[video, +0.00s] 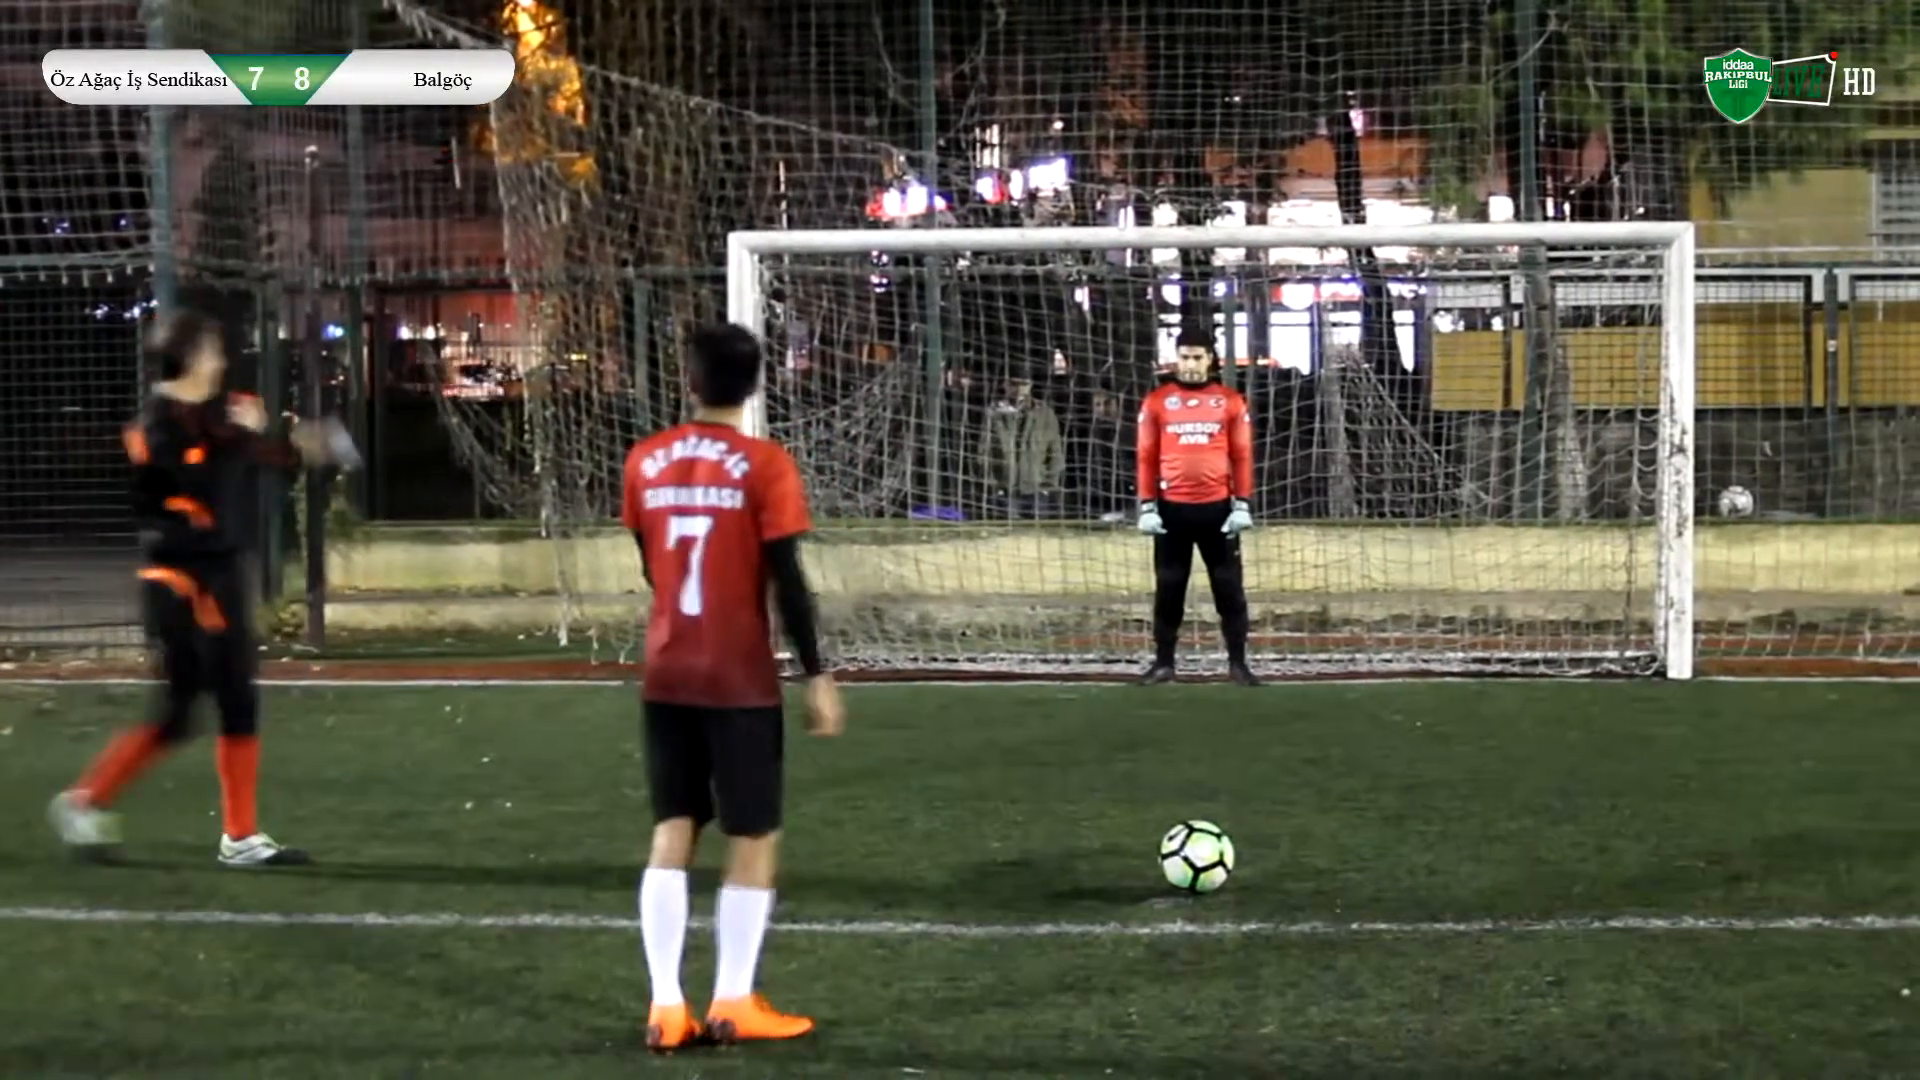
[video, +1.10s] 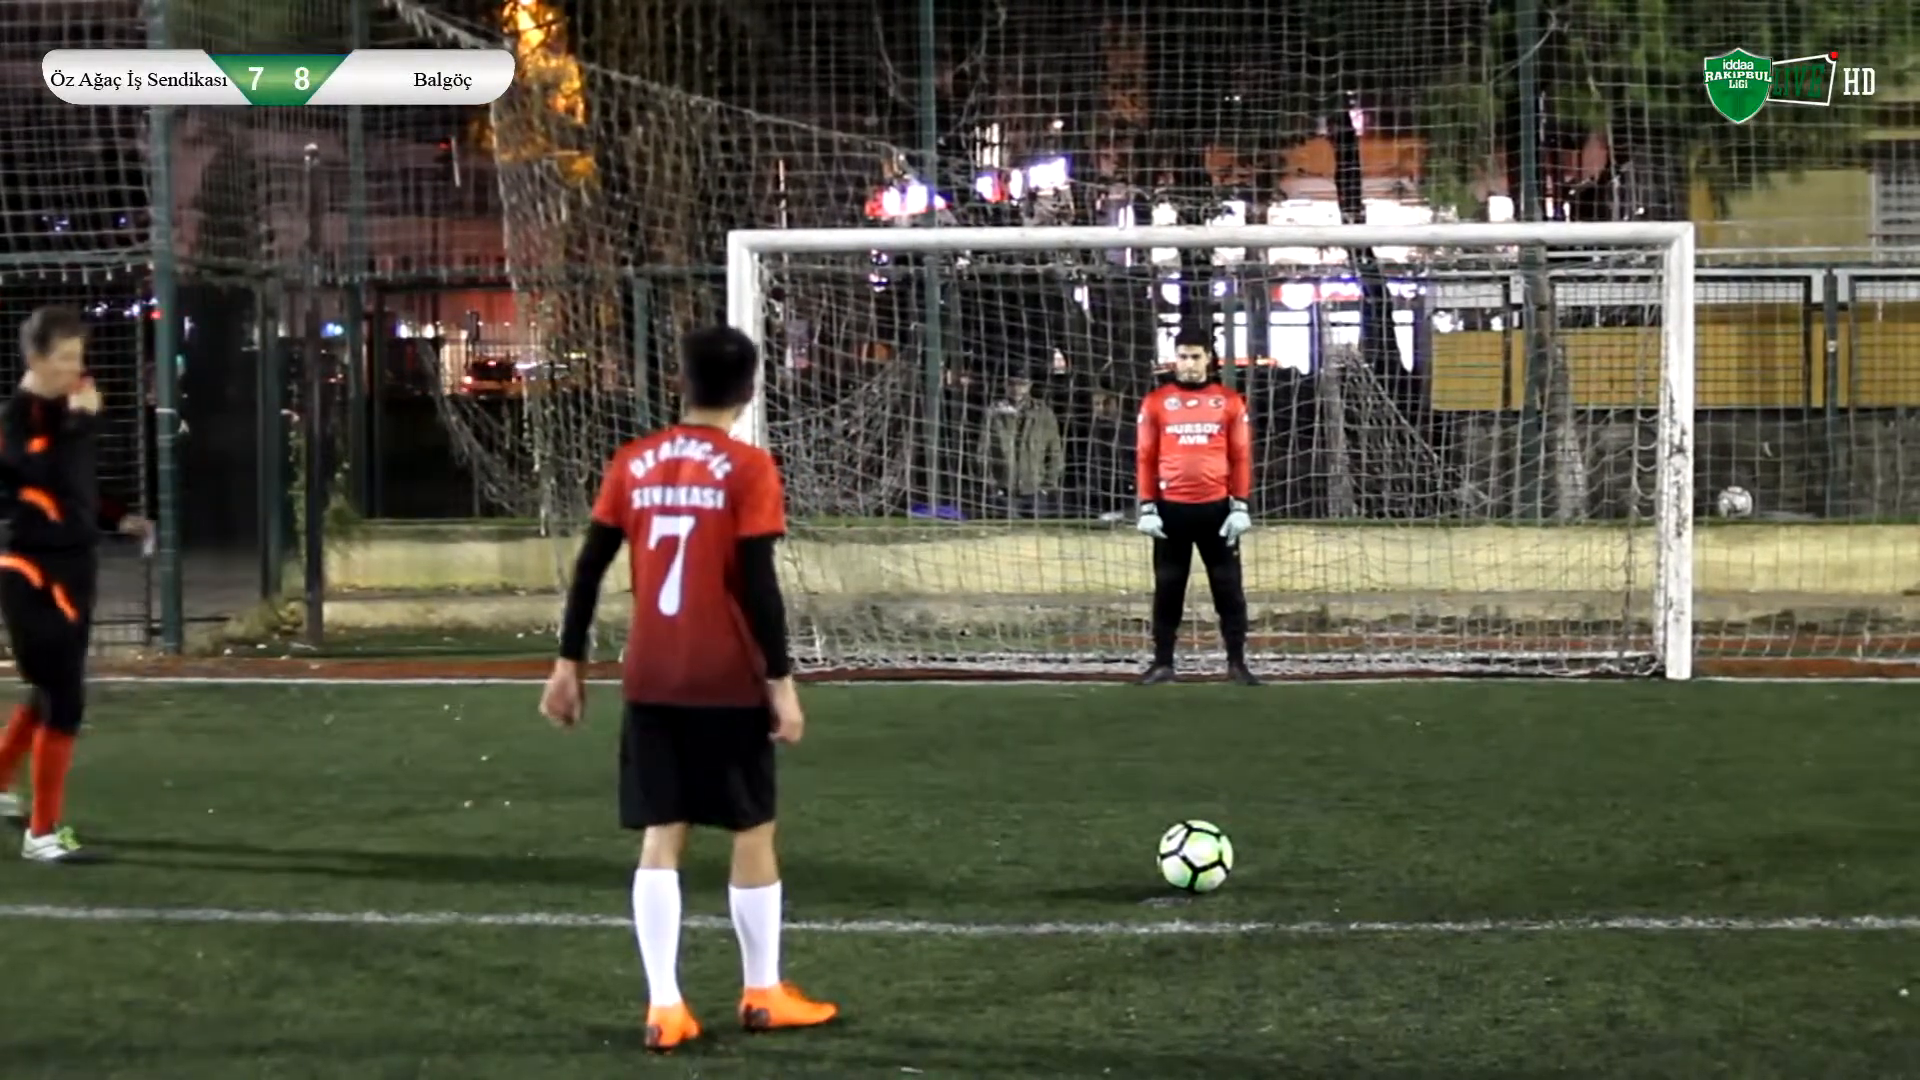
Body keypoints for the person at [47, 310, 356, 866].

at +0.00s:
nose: (219, 361)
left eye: (219, 351)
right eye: (211, 351)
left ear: (202, 358)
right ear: (187, 355)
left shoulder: (217, 421)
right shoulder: (159, 423)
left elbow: (265, 455)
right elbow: (153, 510)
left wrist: (305, 448)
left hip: (221, 577)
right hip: (177, 578)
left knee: (239, 704)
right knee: (177, 712)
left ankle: (241, 836)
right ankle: (83, 802)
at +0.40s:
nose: (161, 371)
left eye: (160, 360)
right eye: (152, 361)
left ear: (136, 365)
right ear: (124, 366)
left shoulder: (147, 425)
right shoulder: (90, 426)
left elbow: (188, 438)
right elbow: (106, 485)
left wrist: (240, 415)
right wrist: (172, 433)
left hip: (140, 581)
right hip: (96, 582)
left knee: (169, 696)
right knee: (97, 710)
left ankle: (208, 820)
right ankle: (46, 828)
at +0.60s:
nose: (136, 366)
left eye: (137, 355)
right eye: (127, 356)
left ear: (112, 361)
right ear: (95, 357)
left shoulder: (124, 417)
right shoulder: (61, 417)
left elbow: (160, 450)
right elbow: (87, 482)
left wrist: (210, 442)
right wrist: (137, 423)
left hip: (118, 573)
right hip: (75, 573)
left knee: (146, 691)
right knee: (80, 700)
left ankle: (144, 817)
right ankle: (47, 829)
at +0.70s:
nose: (123, 365)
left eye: (124, 355)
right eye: (115, 354)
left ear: (107, 359)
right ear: (80, 355)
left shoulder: (107, 411)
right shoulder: (49, 415)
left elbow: (135, 464)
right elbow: (93, 480)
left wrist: (189, 465)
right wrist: (126, 420)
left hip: (109, 568)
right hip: (65, 569)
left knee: (132, 689)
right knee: (70, 696)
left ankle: (108, 813)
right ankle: (45, 829)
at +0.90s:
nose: (97, 364)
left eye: (99, 353)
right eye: (89, 353)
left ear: (80, 355)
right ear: (57, 355)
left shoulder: (81, 412)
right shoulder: (27, 417)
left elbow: (100, 488)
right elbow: (75, 487)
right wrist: (103, 418)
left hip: (86, 565)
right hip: (46, 567)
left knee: (94, 694)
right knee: (65, 695)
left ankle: (47, 806)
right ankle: (42, 832)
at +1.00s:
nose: (87, 367)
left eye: (89, 356)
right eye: (78, 356)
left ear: (81, 358)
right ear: (49, 356)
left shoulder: (70, 413)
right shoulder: (24, 414)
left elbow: (76, 482)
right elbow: (59, 481)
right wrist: (89, 423)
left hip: (78, 564)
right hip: (39, 565)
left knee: (69, 687)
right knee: (63, 689)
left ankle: (17, 784)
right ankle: (44, 828)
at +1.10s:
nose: (78, 368)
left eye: (81, 357)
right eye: (69, 358)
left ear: (75, 359)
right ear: (37, 358)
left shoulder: (70, 411)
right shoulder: (18, 415)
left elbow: (78, 492)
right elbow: (44, 485)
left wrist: (119, 520)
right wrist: (79, 420)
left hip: (69, 568)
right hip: (31, 570)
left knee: (49, 692)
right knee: (63, 697)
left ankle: (6, 779)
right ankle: (42, 829)